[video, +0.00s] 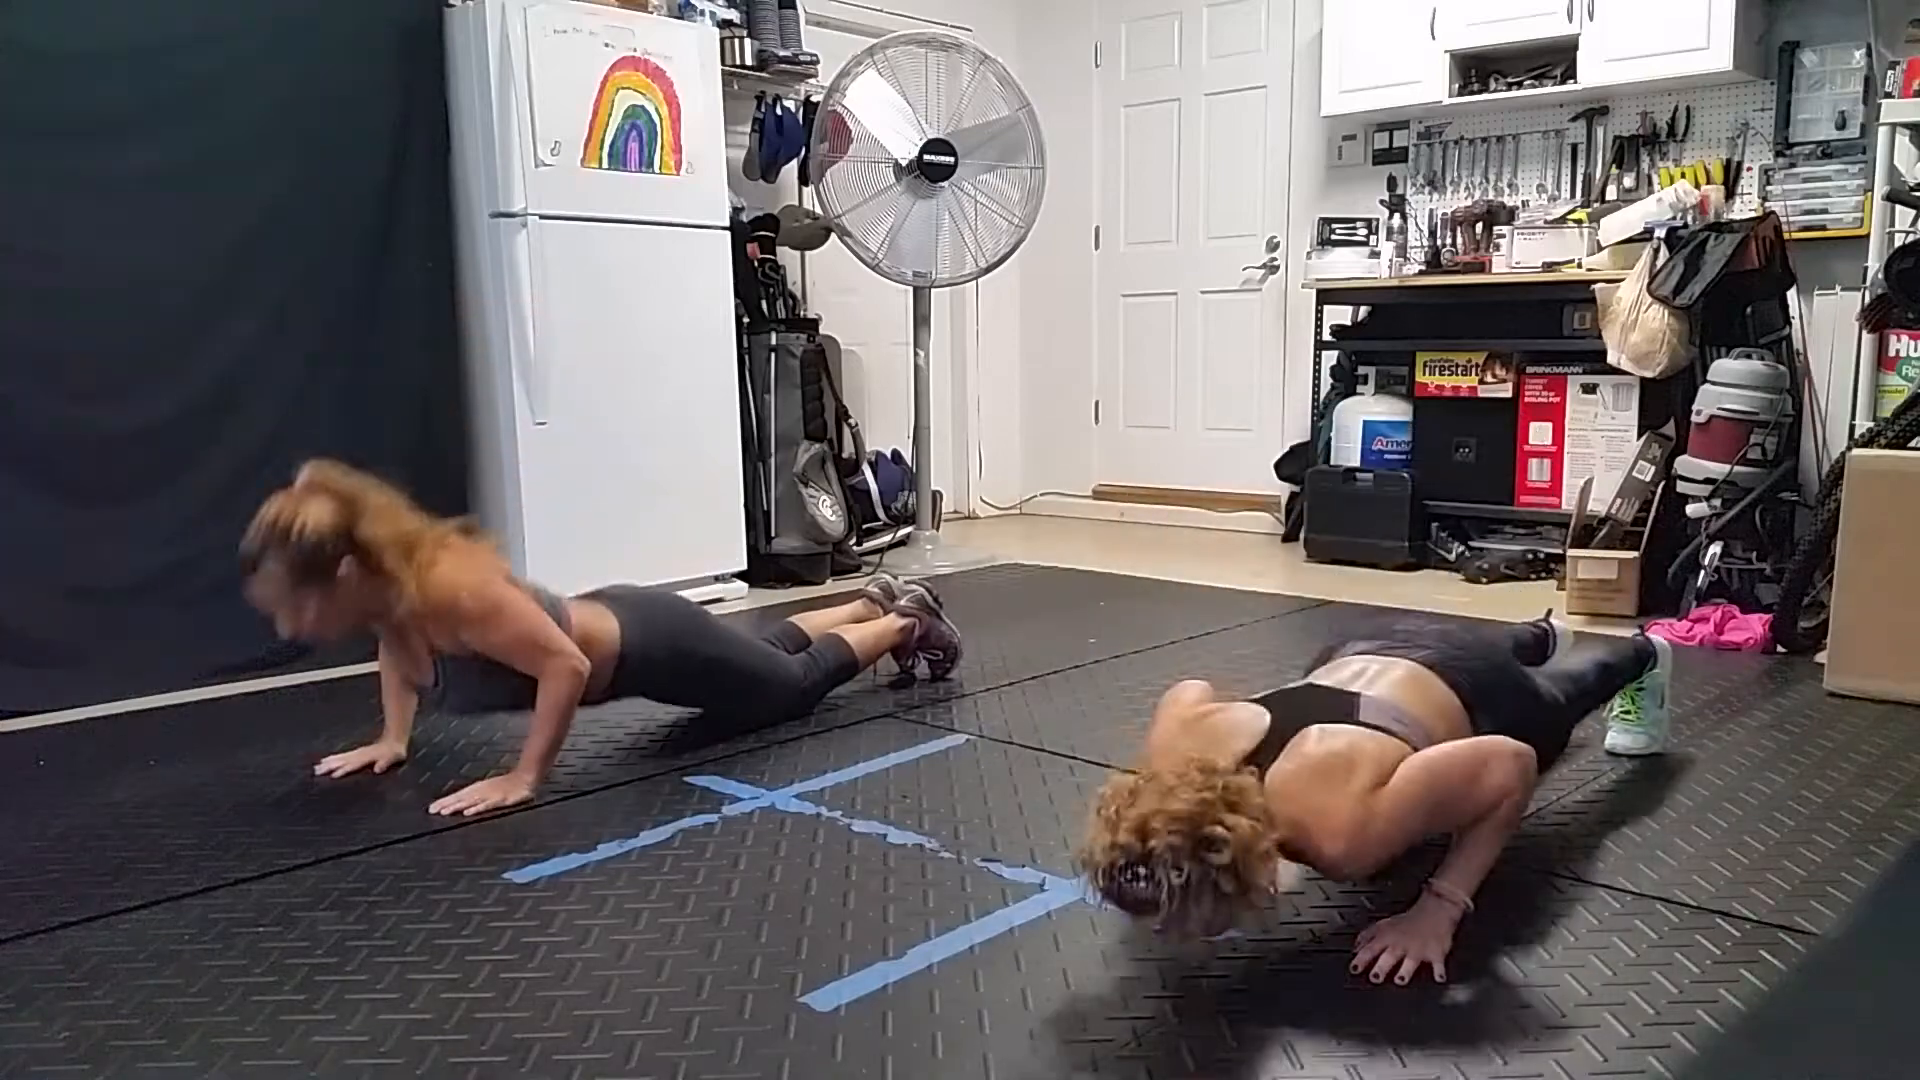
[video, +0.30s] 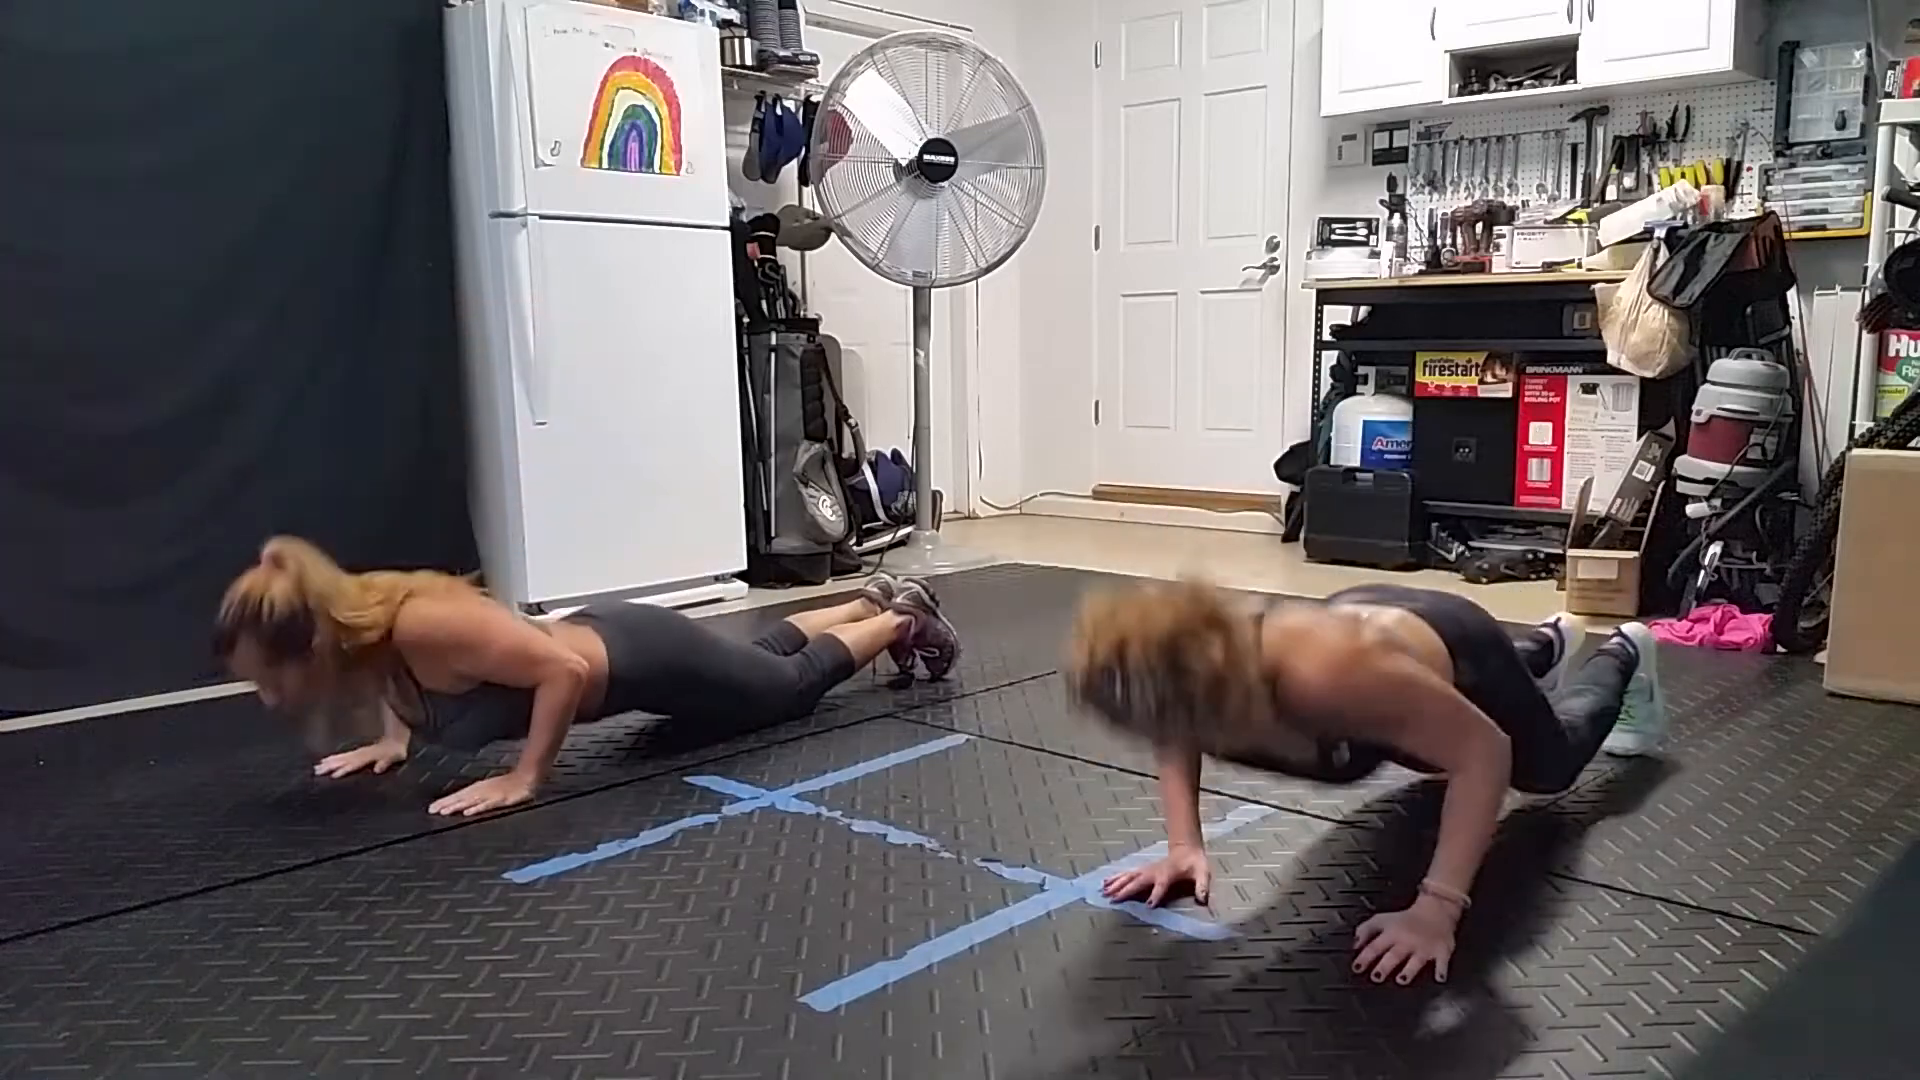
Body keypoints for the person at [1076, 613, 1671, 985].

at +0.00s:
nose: (1186, 938)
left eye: (1189, 922)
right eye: (1168, 928)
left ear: (1225, 868)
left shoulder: (1350, 830)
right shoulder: (1173, 749)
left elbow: (1510, 768)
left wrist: (1440, 906)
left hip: (1463, 690)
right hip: (1366, 642)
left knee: (1563, 685)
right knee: (1481, 637)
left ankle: (1640, 650)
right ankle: (1544, 628)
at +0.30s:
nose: (1145, 736)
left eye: (1144, 721)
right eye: (1138, 725)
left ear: (1183, 704)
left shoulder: (1323, 673)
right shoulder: (1184, 664)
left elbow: (1483, 754)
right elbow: (1172, 737)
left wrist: (1437, 906)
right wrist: (1183, 842)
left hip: (1461, 644)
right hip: (1372, 626)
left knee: (1550, 763)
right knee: (1485, 657)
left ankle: (1623, 650)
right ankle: (1548, 635)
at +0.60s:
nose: (1126, 613)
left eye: (1132, 597)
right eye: (1121, 600)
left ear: (1184, 573)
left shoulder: (1311, 559)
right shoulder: (1148, 571)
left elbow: (1420, 731)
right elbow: (1156, 705)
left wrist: (1430, 903)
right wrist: (1183, 840)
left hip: (1431, 526)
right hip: (1348, 500)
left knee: (1511, 655)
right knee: (1441, 637)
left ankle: (1611, 658)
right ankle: (1522, 690)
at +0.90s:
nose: (1060, 593)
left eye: (1067, 572)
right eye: (1046, 577)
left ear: (1121, 530)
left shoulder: (1218, 506)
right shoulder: (1079, 529)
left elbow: (1297, 683)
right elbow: (1059, 665)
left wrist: (1262, 847)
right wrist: (1028, 799)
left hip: (1347, 471)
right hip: (1281, 504)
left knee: (1415, 552)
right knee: (1352, 583)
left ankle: (1475, 610)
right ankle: (1394, 622)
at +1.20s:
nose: (1019, 821)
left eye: (1022, 811)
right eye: (997, 818)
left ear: (1052, 767)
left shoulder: (1150, 716)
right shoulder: (1020, 674)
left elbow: (1301, 721)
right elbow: (1026, 717)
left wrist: (1258, 862)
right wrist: (1027, 805)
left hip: (1281, 649)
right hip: (1195, 618)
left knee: (1376, 643)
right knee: (1316, 623)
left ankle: (1440, 623)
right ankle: (1385, 606)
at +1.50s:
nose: (971, 849)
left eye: (985, 842)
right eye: (960, 836)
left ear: (1041, 810)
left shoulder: (1162, 744)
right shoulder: (1020, 694)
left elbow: (1308, 725)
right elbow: (1027, 657)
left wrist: (1260, 864)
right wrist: (997, 807)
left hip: (1283, 667)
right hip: (1194, 644)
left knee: (1377, 657)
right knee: (1312, 628)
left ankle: (1442, 622)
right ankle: (1395, 607)